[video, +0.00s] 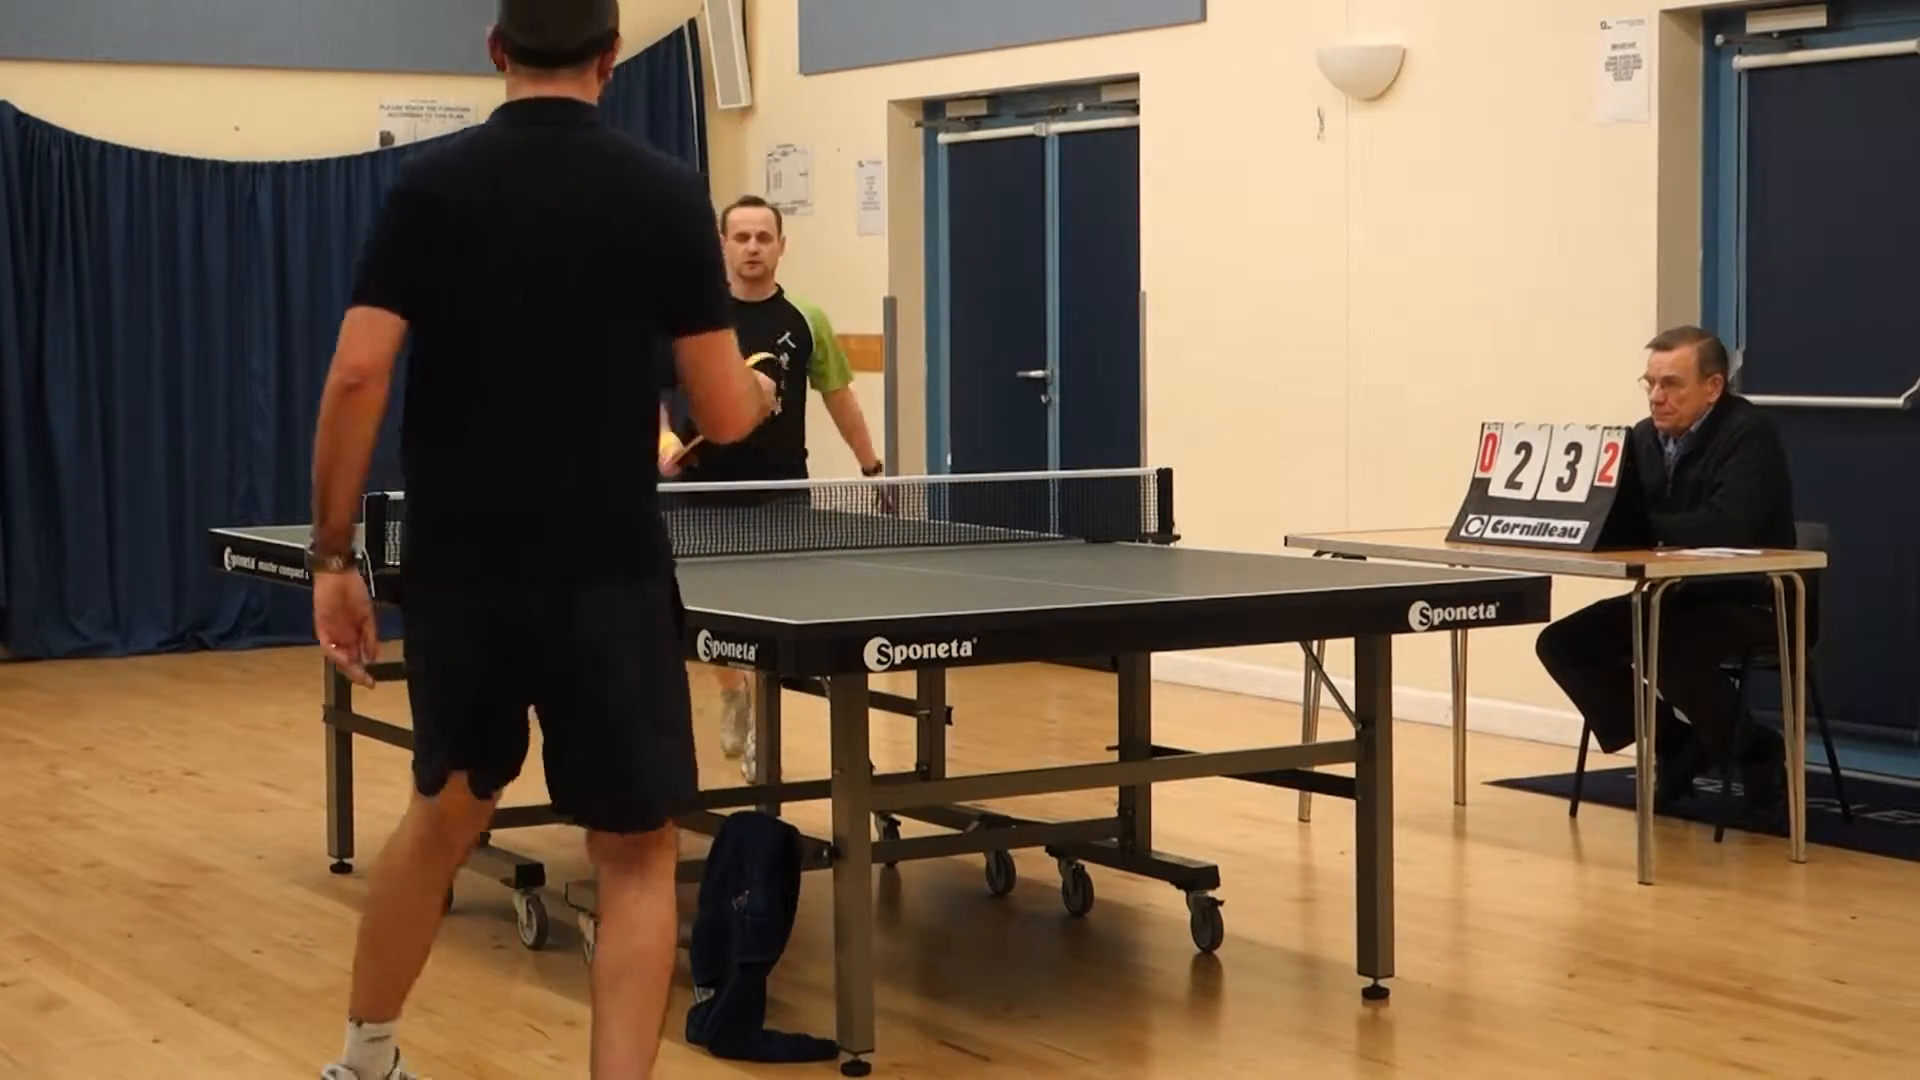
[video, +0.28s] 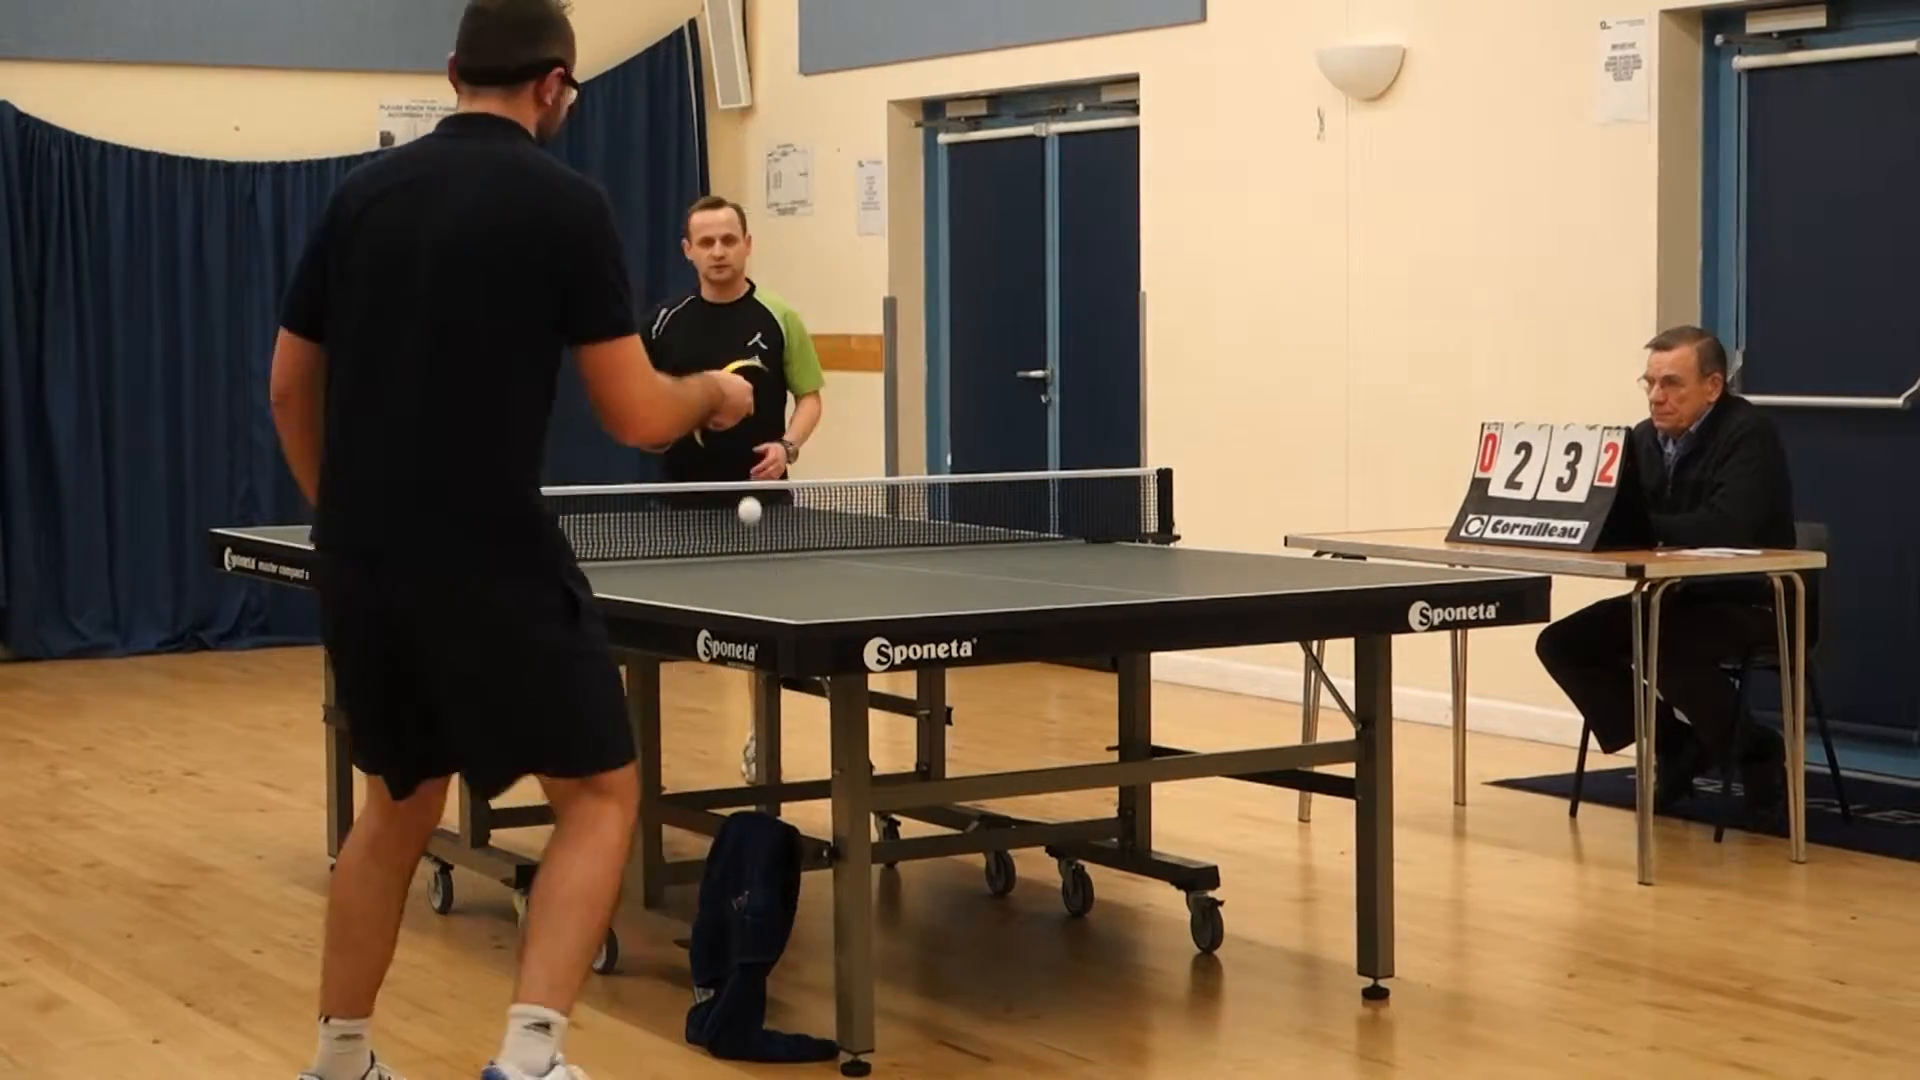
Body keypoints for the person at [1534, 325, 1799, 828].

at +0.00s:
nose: (1656, 396)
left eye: (1671, 383)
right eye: (1651, 382)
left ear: (1713, 387)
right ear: (1645, 383)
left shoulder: (1749, 434)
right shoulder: (1643, 439)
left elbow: (1734, 525)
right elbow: (1608, 511)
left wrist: (1638, 530)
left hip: (1760, 601)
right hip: (1674, 597)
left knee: (1669, 647)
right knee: (1562, 643)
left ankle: (1754, 749)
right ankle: (1674, 742)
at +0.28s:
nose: (1656, 396)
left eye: (1671, 383)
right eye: (1651, 382)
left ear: (1713, 386)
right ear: (1644, 383)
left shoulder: (1749, 434)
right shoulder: (1642, 440)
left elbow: (1734, 526)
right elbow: (1607, 514)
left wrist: (1638, 530)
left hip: (1759, 601)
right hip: (1674, 597)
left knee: (1667, 646)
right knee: (1561, 643)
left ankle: (1754, 748)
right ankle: (1674, 740)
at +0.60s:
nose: (1657, 395)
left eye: (1672, 382)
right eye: (1651, 381)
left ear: (1714, 387)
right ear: (1644, 382)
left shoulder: (1749, 435)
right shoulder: (1642, 440)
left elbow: (1733, 526)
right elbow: (1612, 518)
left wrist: (1642, 532)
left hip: (1756, 600)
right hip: (1672, 597)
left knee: (1669, 646)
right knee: (1562, 644)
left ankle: (1757, 751)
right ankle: (1675, 743)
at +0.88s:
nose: (1659, 395)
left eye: (1674, 382)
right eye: (1653, 381)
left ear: (1715, 387)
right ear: (1645, 382)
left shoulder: (1750, 435)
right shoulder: (1642, 440)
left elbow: (1734, 525)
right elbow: (1612, 519)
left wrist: (1643, 531)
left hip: (1754, 600)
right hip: (1671, 596)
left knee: (1668, 646)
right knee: (1562, 644)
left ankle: (1758, 750)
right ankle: (1675, 742)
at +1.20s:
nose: (1659, 396)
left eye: (1675, 383)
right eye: (1653, 382)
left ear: (1715, 388)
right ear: (1645, 384)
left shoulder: (1749, 435)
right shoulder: (1642, 439)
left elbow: (1732, 527)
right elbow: (1605, 512)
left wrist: (1637, 530)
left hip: (1755, 601)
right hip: (1671, 596)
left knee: (1666, 645)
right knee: (1562, 644)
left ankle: (1757, 750)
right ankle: (1674, 741)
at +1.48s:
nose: (1662, 398)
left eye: (1678, 385)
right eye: (1654, 384)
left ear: (1716, 389)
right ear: (1646, 384)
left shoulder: (1749, 434)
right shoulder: (1640, 439)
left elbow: (1733, 526)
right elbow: (1611, 519)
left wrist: (1640, 531)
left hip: (1755, 601)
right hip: (1672, 596)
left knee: (1668, 647)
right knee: (1561, 644)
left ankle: (1756, 750)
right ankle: (1674, 742)